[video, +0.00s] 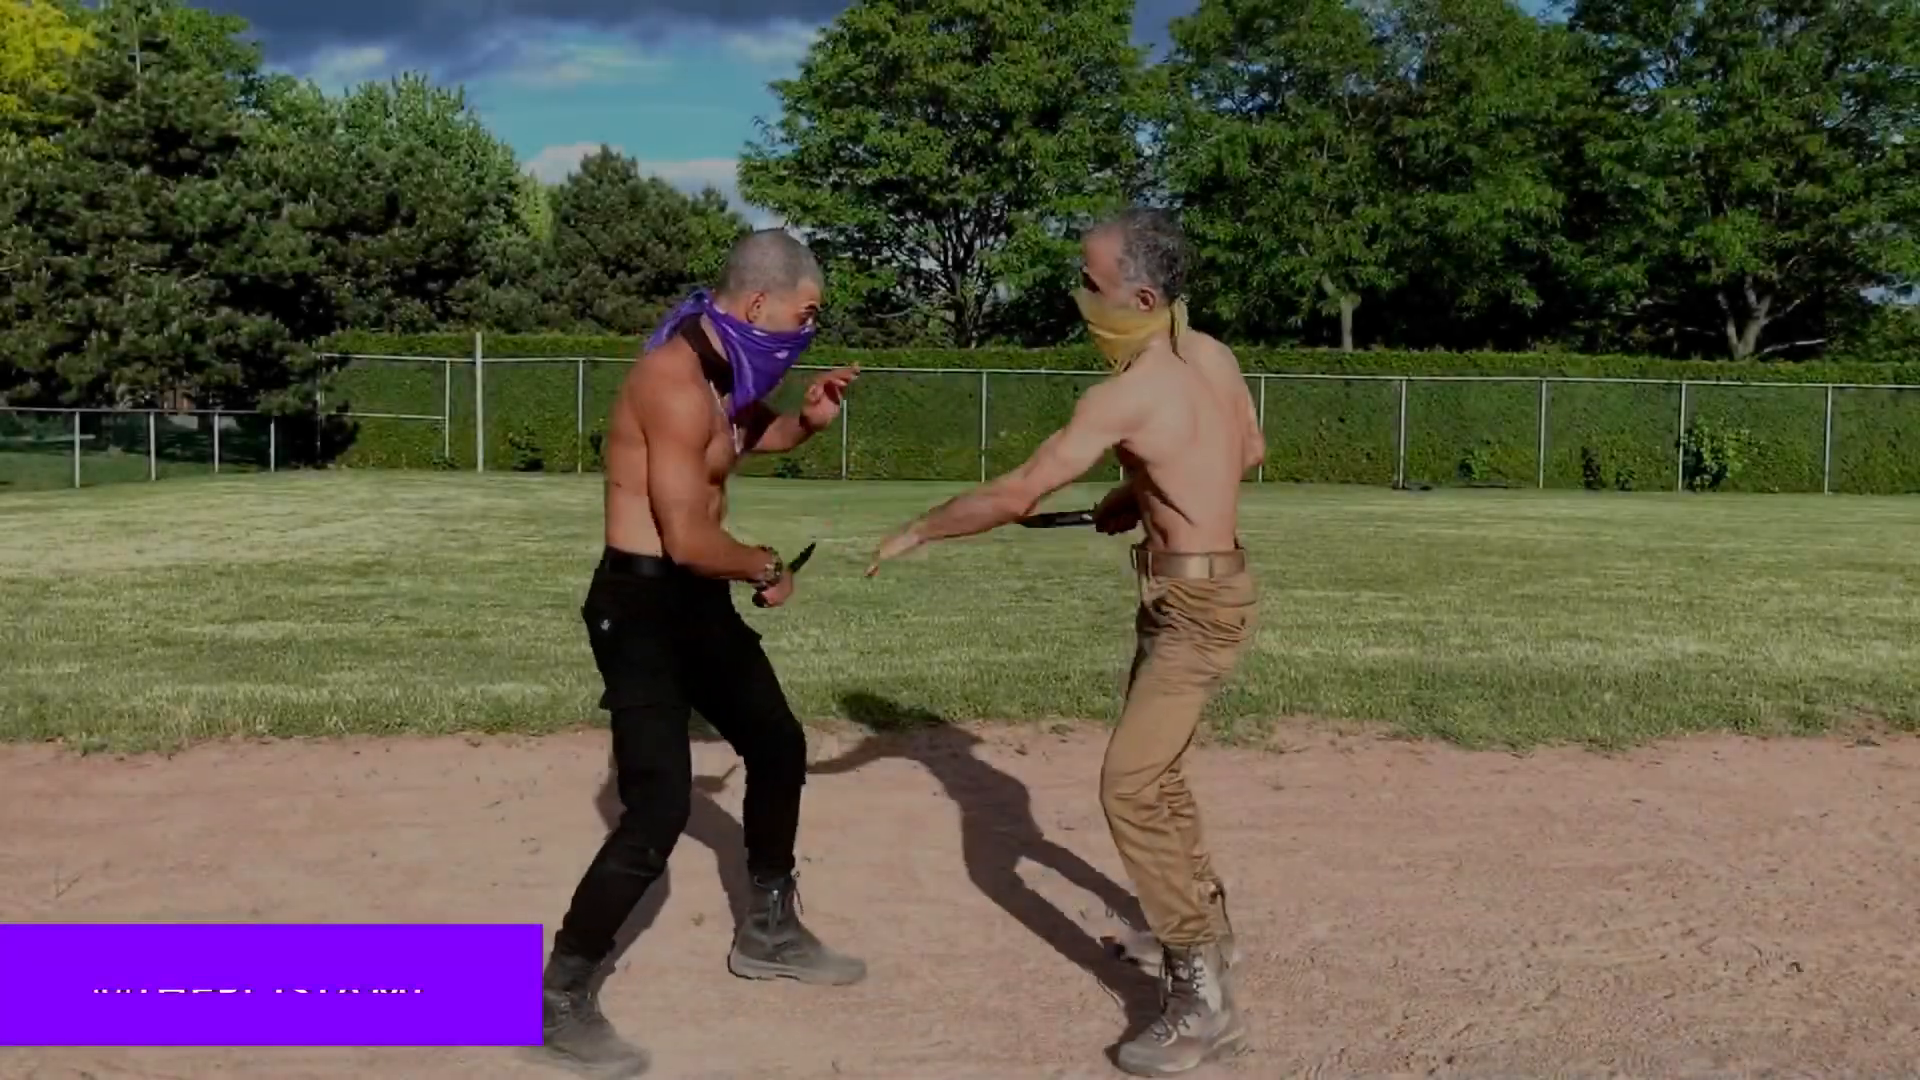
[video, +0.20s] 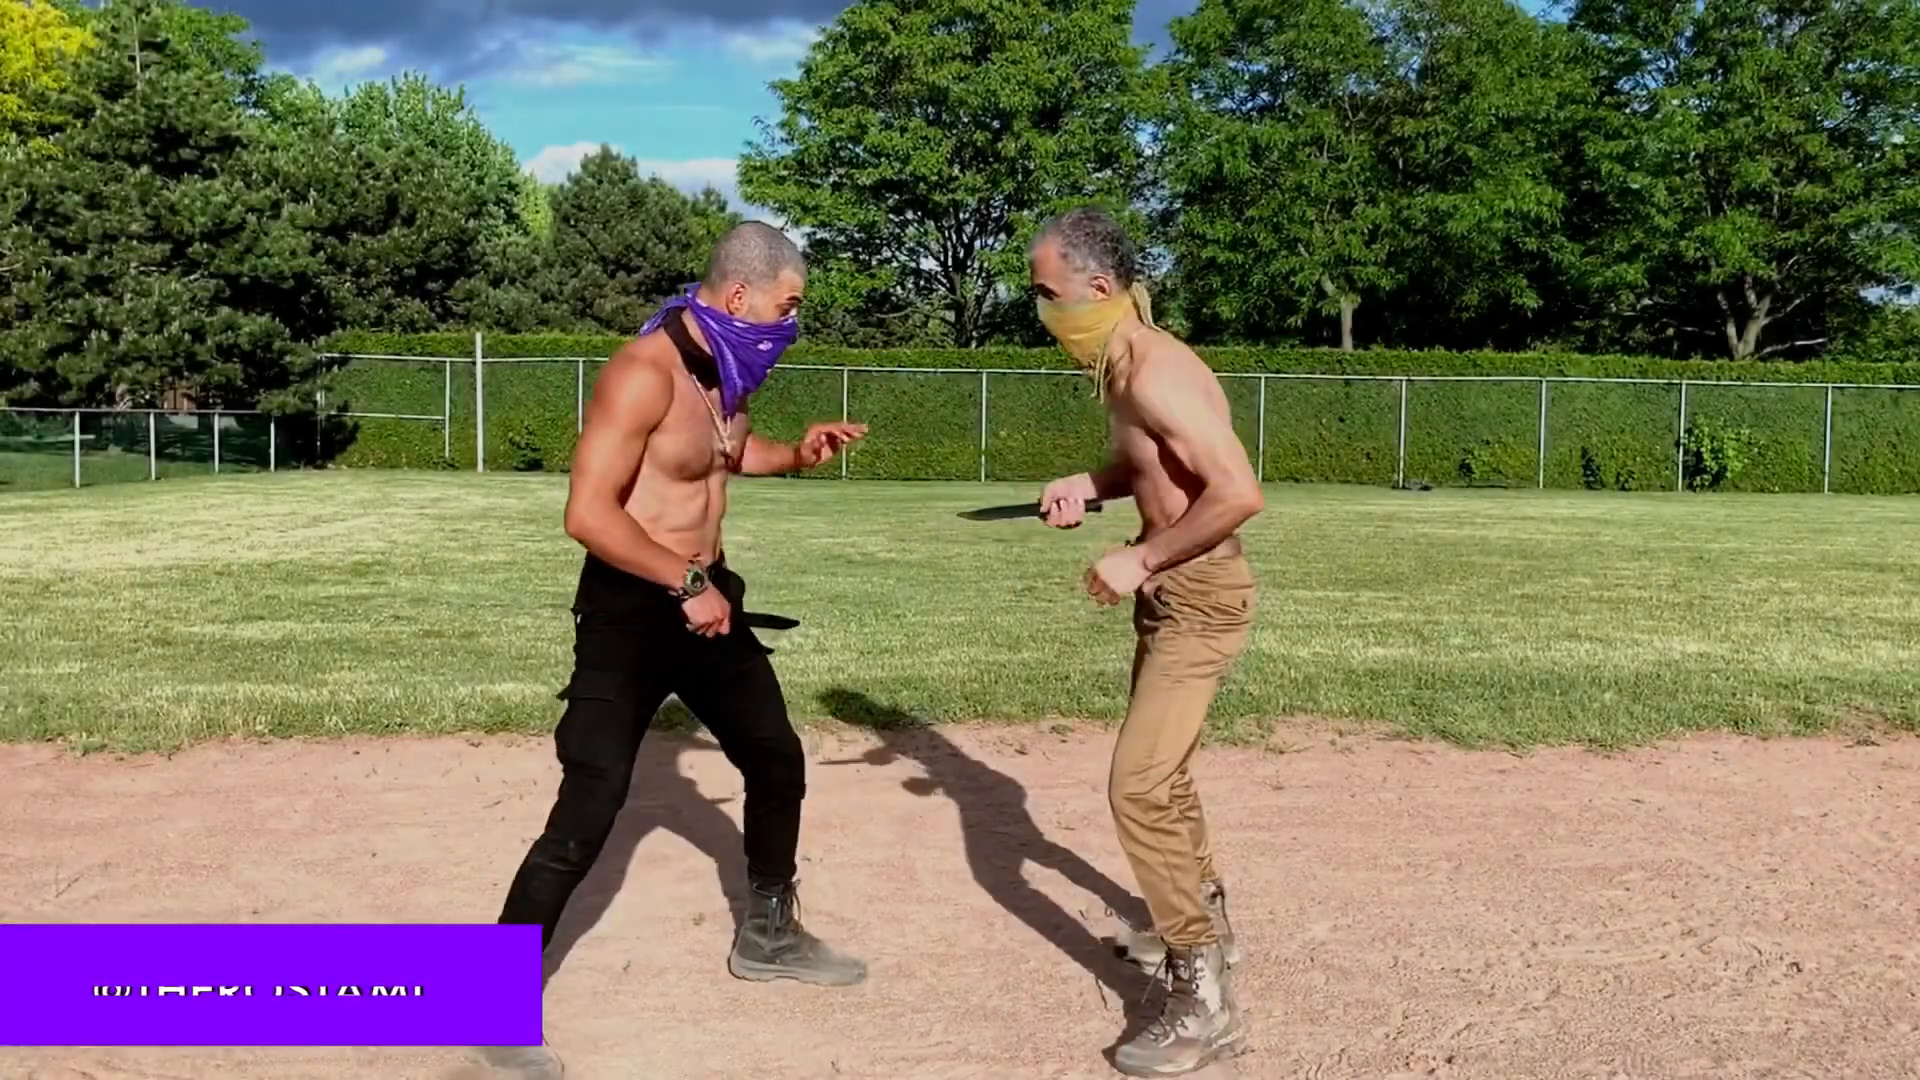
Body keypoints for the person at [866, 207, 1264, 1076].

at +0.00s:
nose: (1084, 297)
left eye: (1094, 284)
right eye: (1084, 280)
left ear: (1140, 291)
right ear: (1159, 291)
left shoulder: (1127, 395)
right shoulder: (1211, 355)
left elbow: (1020, 493)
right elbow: (1249, 451)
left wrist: (922, 530)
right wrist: (1146, 490)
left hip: (1192, 608)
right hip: (1203, 593)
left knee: (1131, 787)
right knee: (1151, 770)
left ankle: (1202, 995)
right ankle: (1201, 928)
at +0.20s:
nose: (1040, 306)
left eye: (1049, 290)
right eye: (1038, 291)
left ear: (1099, 285)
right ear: (1092, 287)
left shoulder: (1156, 371)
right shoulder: (1119, 362)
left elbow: (1239, 492)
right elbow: (1140, 459)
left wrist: (1144, 558)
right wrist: (1091, 485)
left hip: (1202, 596)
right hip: (1168, 591)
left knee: (1140, 787)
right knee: (1155, 770)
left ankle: (1203, 994)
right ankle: (1196, 918)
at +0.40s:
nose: (1043, 311)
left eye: (1050, 293)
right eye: (1038, 295)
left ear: (1103, 282)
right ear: (1078, 287)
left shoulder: (1174, 364)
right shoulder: (1096, 370)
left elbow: (1237, 492)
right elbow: (1102, 480)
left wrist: (1121, 484)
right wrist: (1027, 506)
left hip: (1211, 593)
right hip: (1164, 592)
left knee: (1147, 783)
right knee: (1136, 764)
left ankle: (1203, 990)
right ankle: (1190, 910)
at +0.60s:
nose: (1041, 317)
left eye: (1049, 299)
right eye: (1035, 302)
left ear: (1101, 288)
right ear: (1078, 296)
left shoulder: (1168, 371)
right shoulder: (1097, 384)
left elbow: (1191, 495)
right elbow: (1023, 472)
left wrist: (1094, 456)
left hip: (1207, 595)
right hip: (1172, 592)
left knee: (1120, 786)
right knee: (1146, 772)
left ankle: (1200, 991)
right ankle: (1181, 923)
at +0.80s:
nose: (1030, 319)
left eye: (1035, 300)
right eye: (1024, 303)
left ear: (1083, 289)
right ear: (1091, 292)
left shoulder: (1121, 364)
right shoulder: (1141, 368)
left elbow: (1055, 449)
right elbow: (1170, 485)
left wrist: (967, 445)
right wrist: (1106, 544)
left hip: (1197, 604)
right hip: (1178, 599)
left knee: (1117, 777)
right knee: (1126, 766)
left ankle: (1183, 993)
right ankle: (1185, 925)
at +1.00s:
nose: (1035, 314)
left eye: (1041, 294)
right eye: (1029, 296)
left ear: (1091, 288)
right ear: (1095, 288)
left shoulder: (1133, 374)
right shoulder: (1132, 362)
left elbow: (1126, 512)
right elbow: (1094, 453)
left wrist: (1033, 527)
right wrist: (999, 462)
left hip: (1183, 607)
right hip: (1162, 600)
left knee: (1099, 796)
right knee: (1142, 769)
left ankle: (1155, 1012)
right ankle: (1190, 928)